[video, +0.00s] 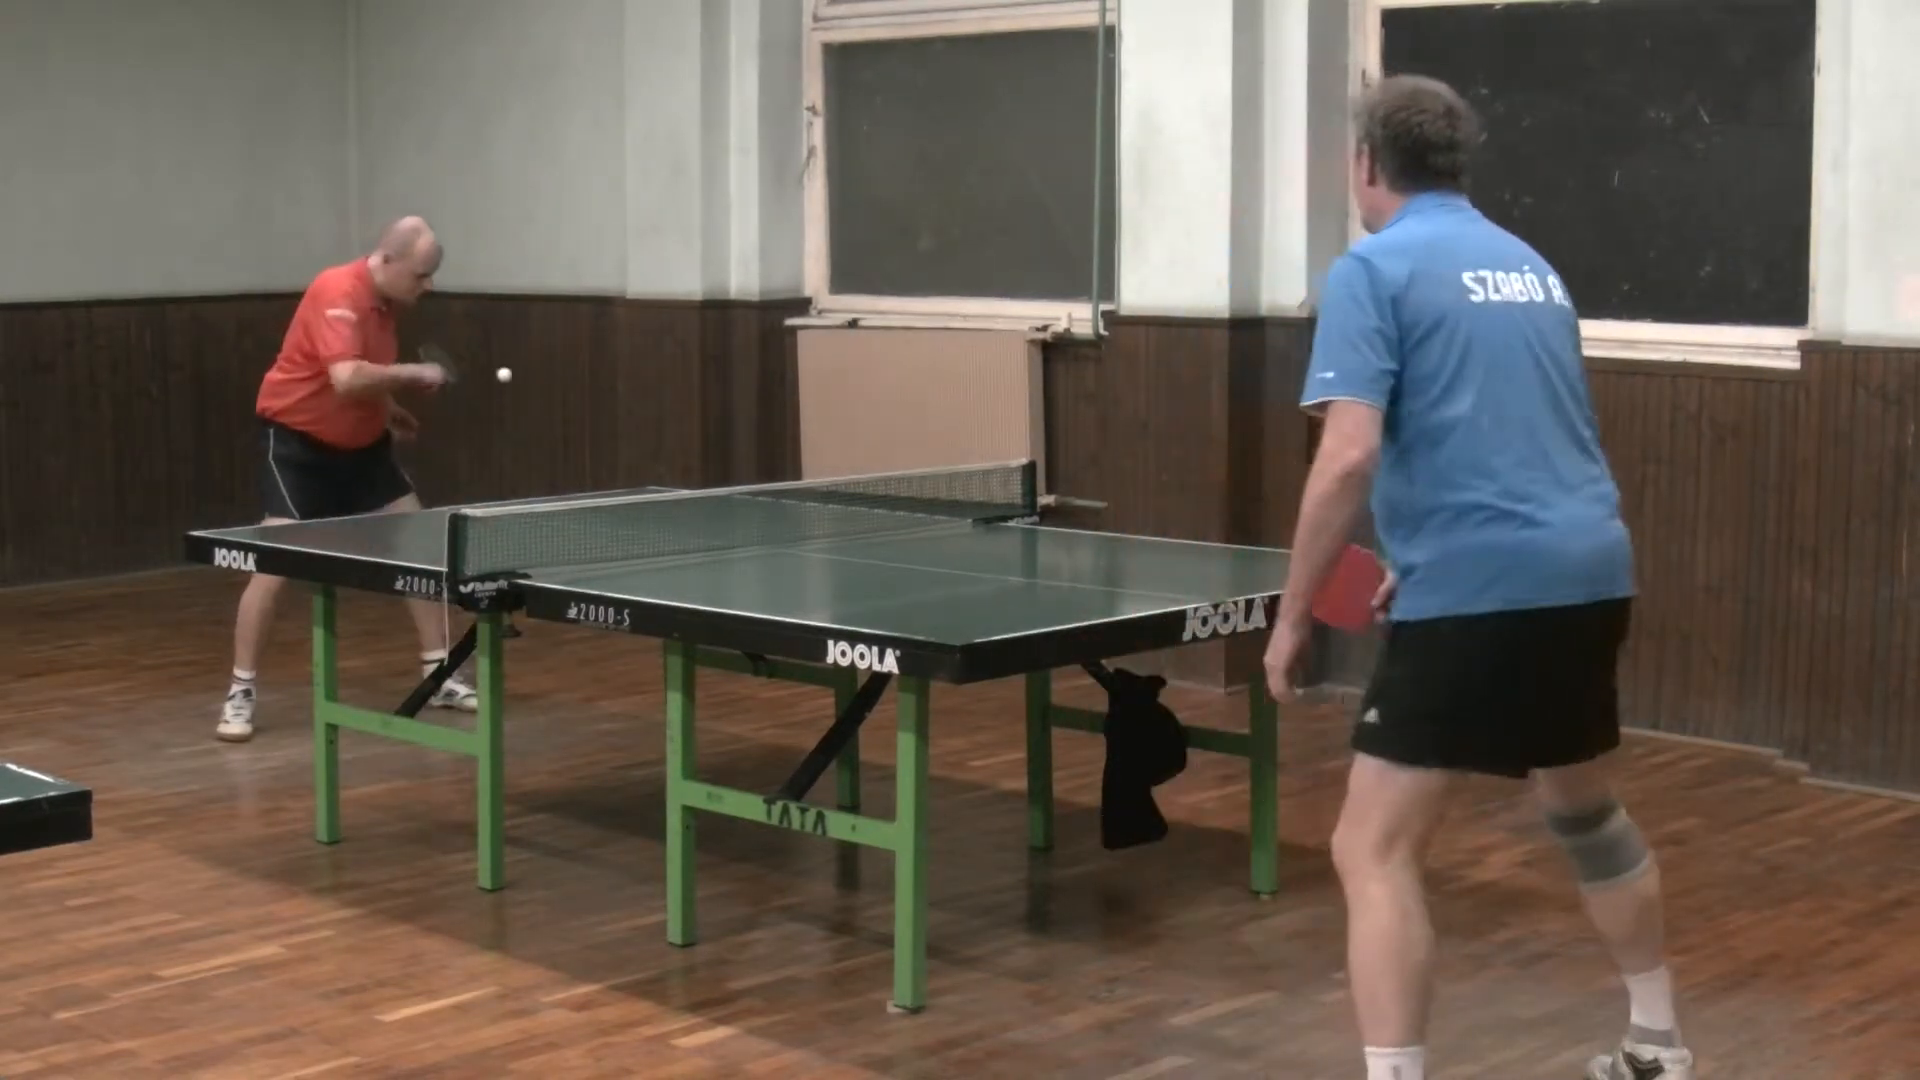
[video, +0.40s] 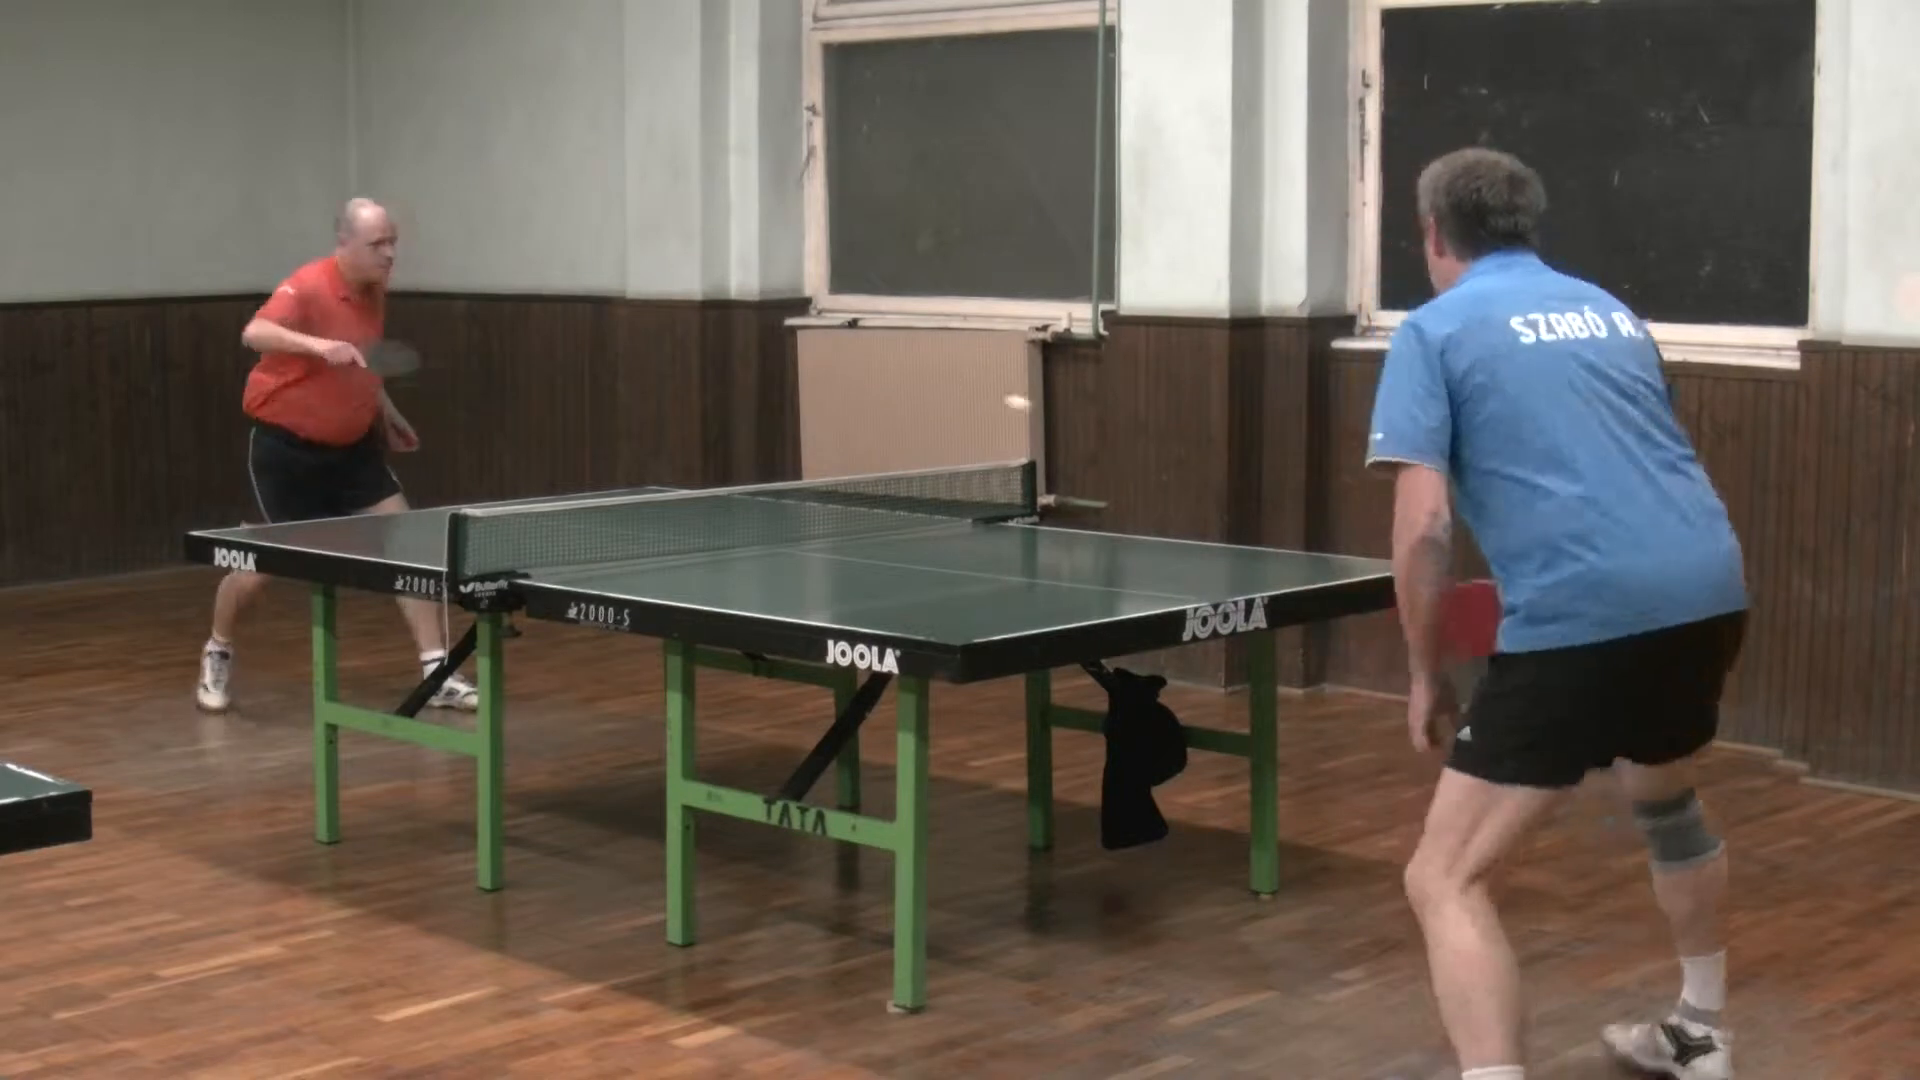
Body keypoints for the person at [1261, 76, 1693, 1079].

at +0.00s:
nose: (1352, 183)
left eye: (1351, 167)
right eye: (1356, 167)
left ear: (1368, 168)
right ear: (1456, 167)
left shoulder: (1369, 268)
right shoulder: (1529, 263)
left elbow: (1349, 456)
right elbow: (1538, 439)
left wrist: (1291, 616)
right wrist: (1425, 557)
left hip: (1468, 594)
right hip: (1592, 580)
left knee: (1373, 848)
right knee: (1586, 810)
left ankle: (1394, 1070)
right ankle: (1659, 1042)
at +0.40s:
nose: (1422, 250)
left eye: (1422, 236)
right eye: (1422, 236)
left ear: (1438, 240)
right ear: (1530, 229)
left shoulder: (1434, 329)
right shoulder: (1610, 309)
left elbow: (1422, 524)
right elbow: (1651, 463)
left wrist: (1426, 671)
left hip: (1580, 619)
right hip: (1710, 598)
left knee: (1442, 877)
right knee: (1663, 791)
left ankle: (1493, 1070)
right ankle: (1702, 1024)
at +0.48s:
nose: (1481, 259)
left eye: (1484, 247)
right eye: (1485, 246)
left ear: (1500, 254)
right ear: (1589, 252)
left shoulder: (1468, 344)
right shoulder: (1660, 343)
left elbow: (1419, 549)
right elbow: (1725, 514)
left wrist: (1441, 681)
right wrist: (1709, 633)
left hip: (1555, 652)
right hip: (1695, 639)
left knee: (1414, 888)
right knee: (1684, 812)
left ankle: (1478, 1071)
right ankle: (1716, 1013)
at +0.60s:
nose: (1607, 293)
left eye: (1609, 282)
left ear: (1614, 290)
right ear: (1708, 306)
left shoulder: (1543, 364)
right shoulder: (1752, 417)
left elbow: (1414, 516)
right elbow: (1799, 614)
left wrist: (1404, 639)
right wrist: (1807, 734)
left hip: (1538, 671)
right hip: (1681, 685)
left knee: (1418, 905)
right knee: (1696, 813)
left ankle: (1473, 1071)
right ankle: (1719, 1009)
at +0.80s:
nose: (1712, 281)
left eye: (1715, 270)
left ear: (1717, 284)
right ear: (1810, 310)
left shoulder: (1635, 348)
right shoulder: (1833, 420)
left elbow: (1515, 430)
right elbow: (1877, 608)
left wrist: (1496, 565)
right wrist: (1919, 710)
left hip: (1605, 640)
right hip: (1747, 661)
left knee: (1517, 870)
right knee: (1775, 787)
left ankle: (1467, 1068)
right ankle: (1730, 1005)